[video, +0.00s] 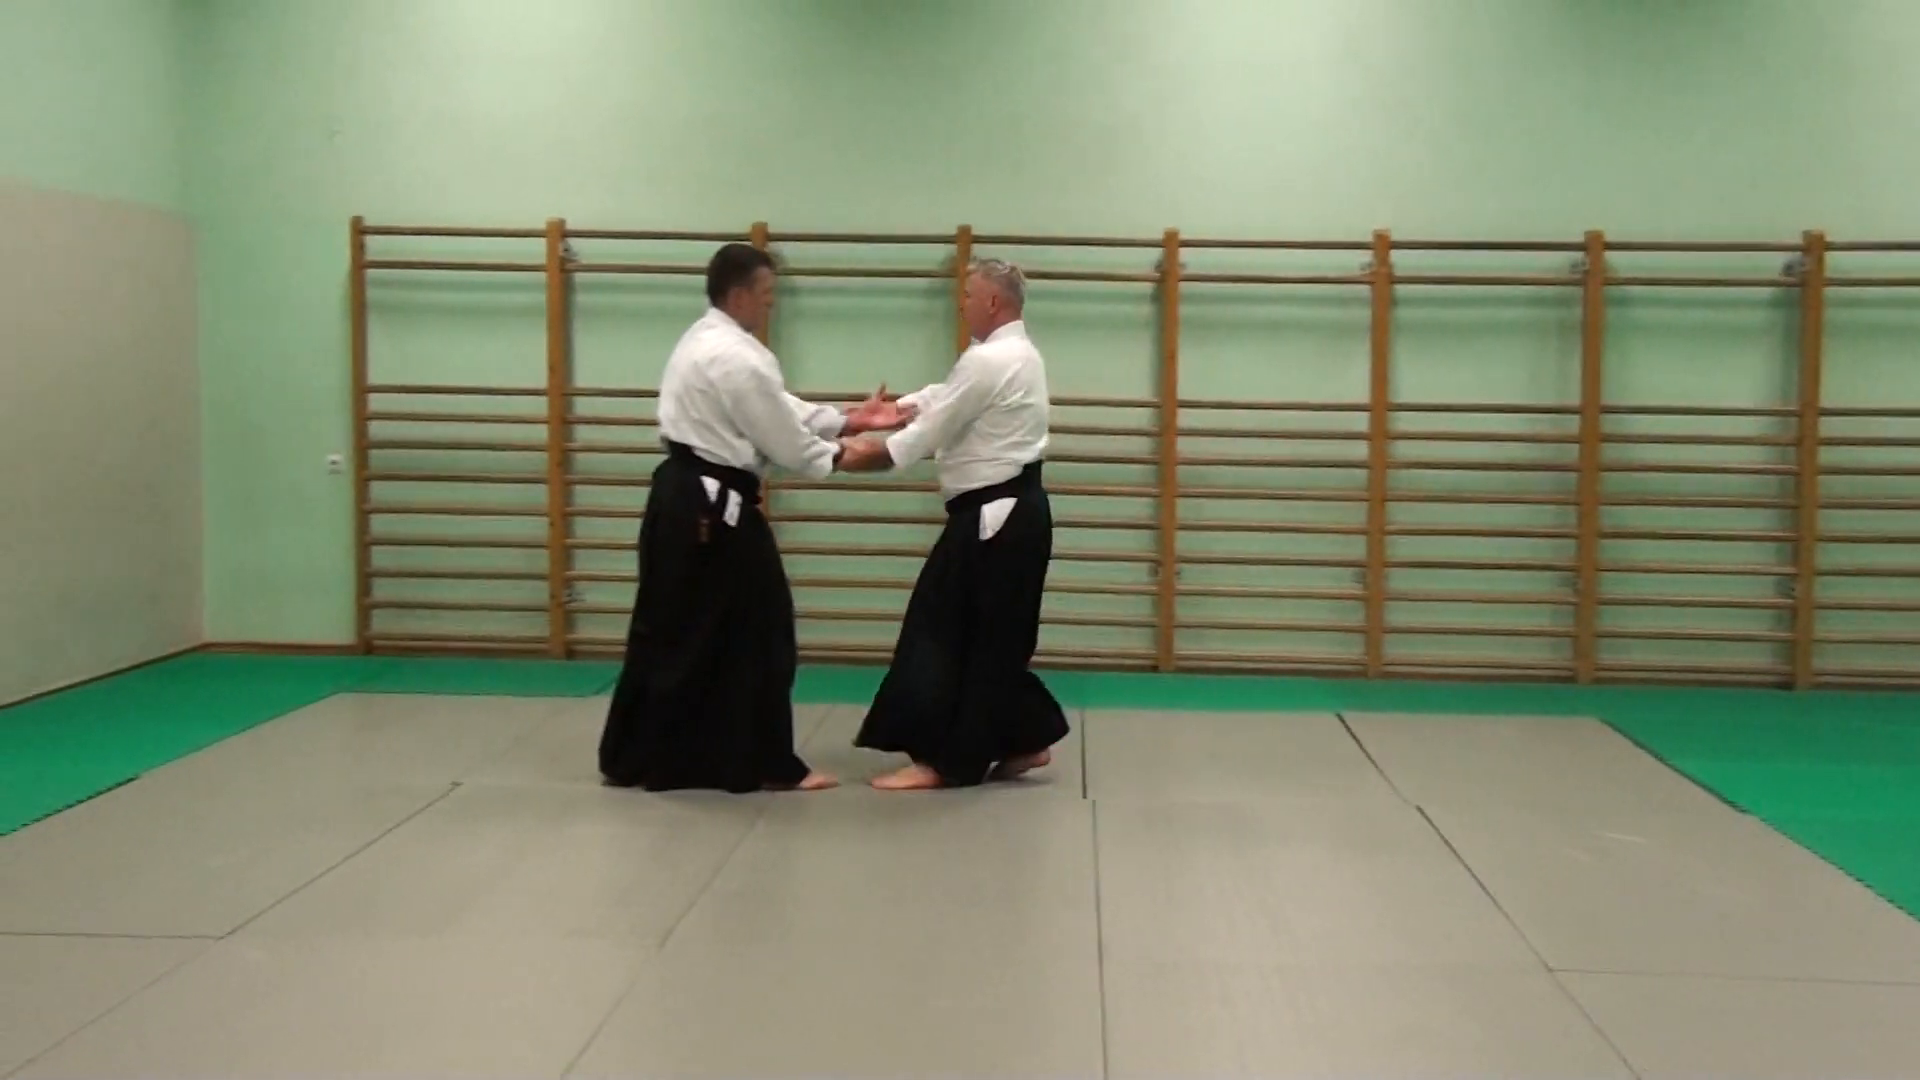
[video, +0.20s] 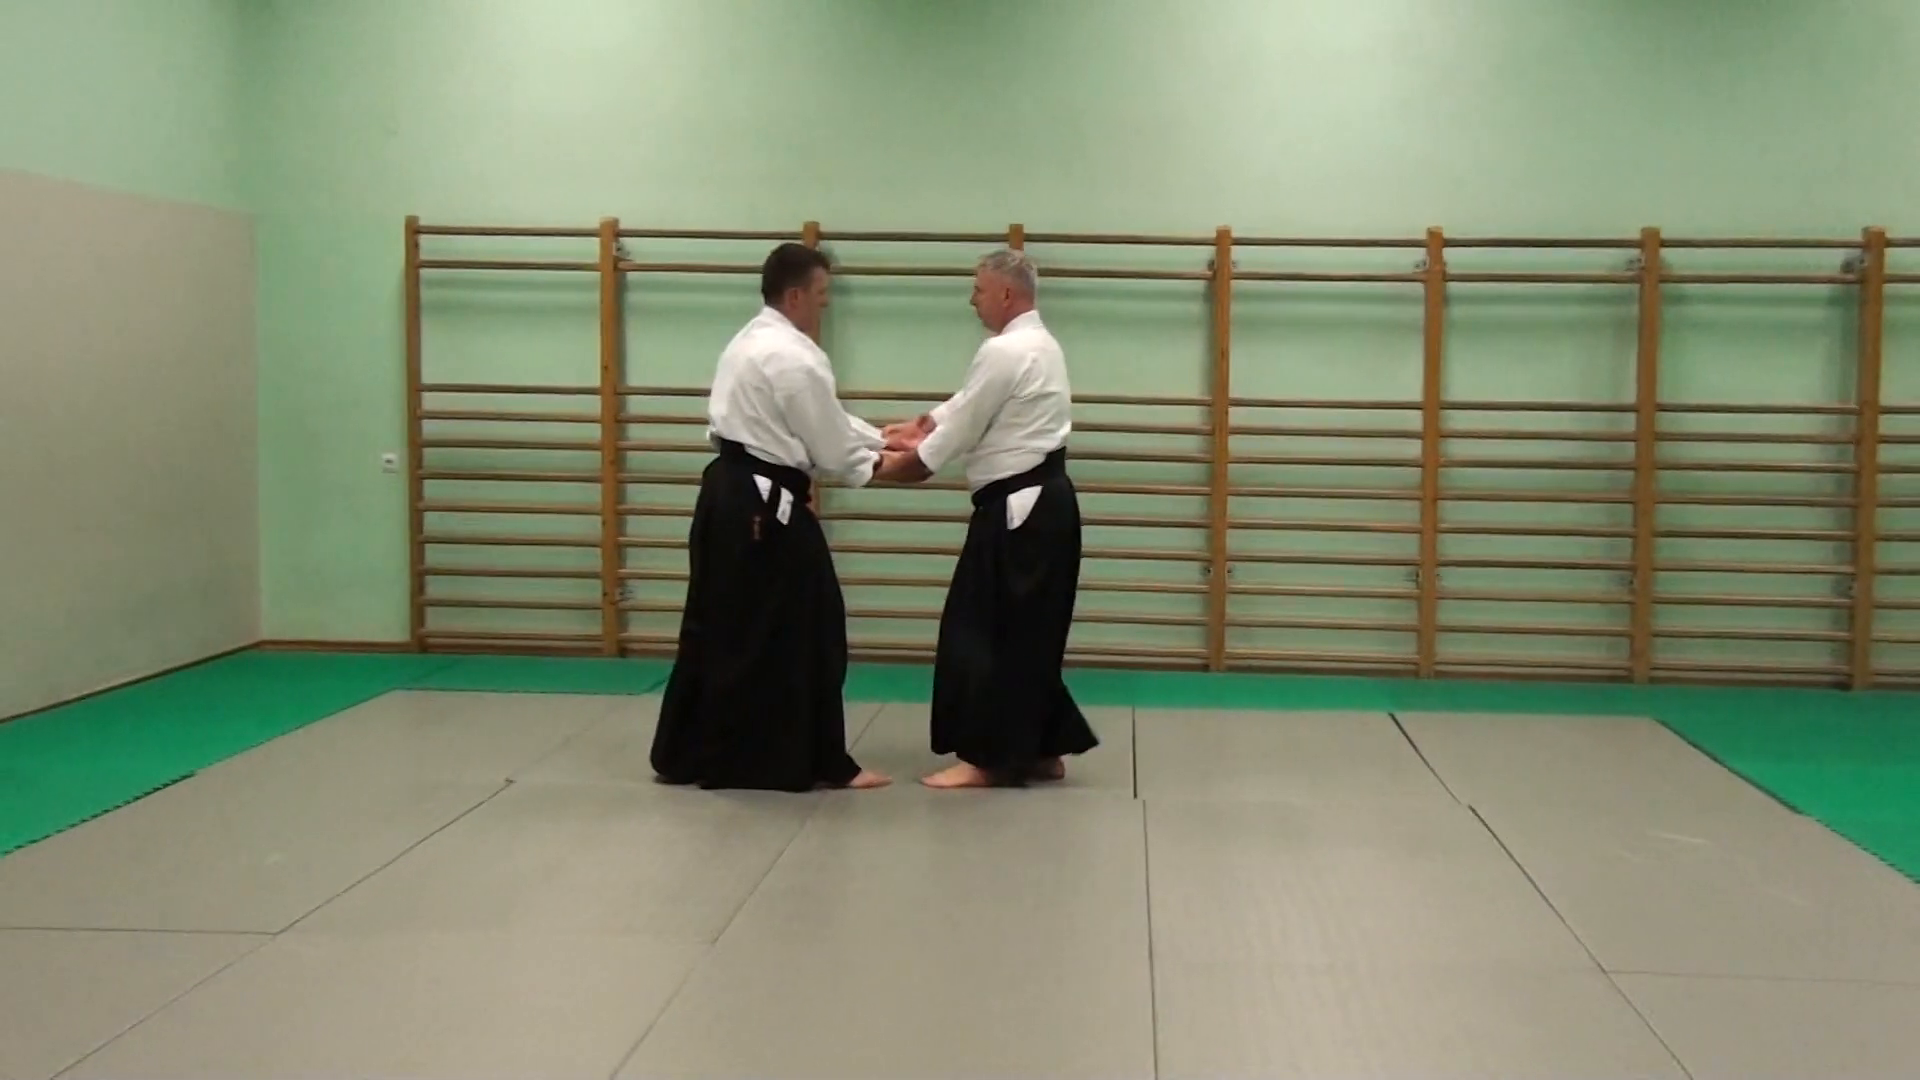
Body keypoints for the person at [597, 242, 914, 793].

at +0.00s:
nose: (771, 304)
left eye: (771, 293)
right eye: (765, 293)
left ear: (729, 294)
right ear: (737, 294)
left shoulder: (700, 340)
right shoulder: (742, 360)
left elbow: (777, 411)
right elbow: (789, 449)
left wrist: (851, 416)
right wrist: (842, 457)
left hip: (678, 495)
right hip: (720, 508)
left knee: (668, 625)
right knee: (766, 625)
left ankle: (638, 756)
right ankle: (769, 761)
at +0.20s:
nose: (826, 304)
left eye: (826, 293)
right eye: (821, 294)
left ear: (783, 295)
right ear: (794, 297)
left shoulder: (749, 341)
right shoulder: (796, 359)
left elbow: (818, 416)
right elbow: (836, 454)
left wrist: (880, 437)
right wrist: (890, 462)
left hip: (725, 492)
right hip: (768, 505)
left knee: (719, 625)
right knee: (817, 624)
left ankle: (691, 754)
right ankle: (825, 761)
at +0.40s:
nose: (820, 303)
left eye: (820, 293)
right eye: (816, 293)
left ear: (776, 293)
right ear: (790, 295)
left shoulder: (743, 340)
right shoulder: (792, 358)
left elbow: (813, 413)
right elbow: (830, 454)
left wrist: (877, 434)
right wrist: (884, 460)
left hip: (721, 490)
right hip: (766, 505)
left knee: (715, 623)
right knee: (813, 622)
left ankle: (687, 753)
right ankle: (825, 760)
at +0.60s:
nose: (807, 302)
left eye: (807, 290)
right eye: (803, 291)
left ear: (758, 290)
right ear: (778, 291)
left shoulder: (727, 340)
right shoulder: (783, 358)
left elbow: (793, 421)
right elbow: (820, 458)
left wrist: (867, 424)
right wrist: (865, 460)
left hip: (707, 491)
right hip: (755, 505)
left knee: (705, 621)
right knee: (801, 619)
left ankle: (677, 753)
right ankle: (811, 759)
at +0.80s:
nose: (821, 303)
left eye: (821, 293)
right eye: (818, 293)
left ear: (776, 295)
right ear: (797, 296)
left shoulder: (744, 342)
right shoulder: (799, 359)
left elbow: (798, 428)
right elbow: (820, 461)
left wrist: (864, 398)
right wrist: (850, 482)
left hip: (714, 490)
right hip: (760, 504)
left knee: (711, 620)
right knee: (823, 617)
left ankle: (674, 750)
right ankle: (815, 756)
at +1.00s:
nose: (867, 306)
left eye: (865, 295)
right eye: (863, 296)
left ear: (818, 296)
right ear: (844, 300)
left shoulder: (794, 342)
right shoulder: (839, 364)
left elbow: (862, 393)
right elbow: (854, 461)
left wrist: (896, 334)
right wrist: (877, 525)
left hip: (768, 495)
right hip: (802, 512)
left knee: (748, 627)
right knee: (850, 623)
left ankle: (685, 748)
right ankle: (835, 767)